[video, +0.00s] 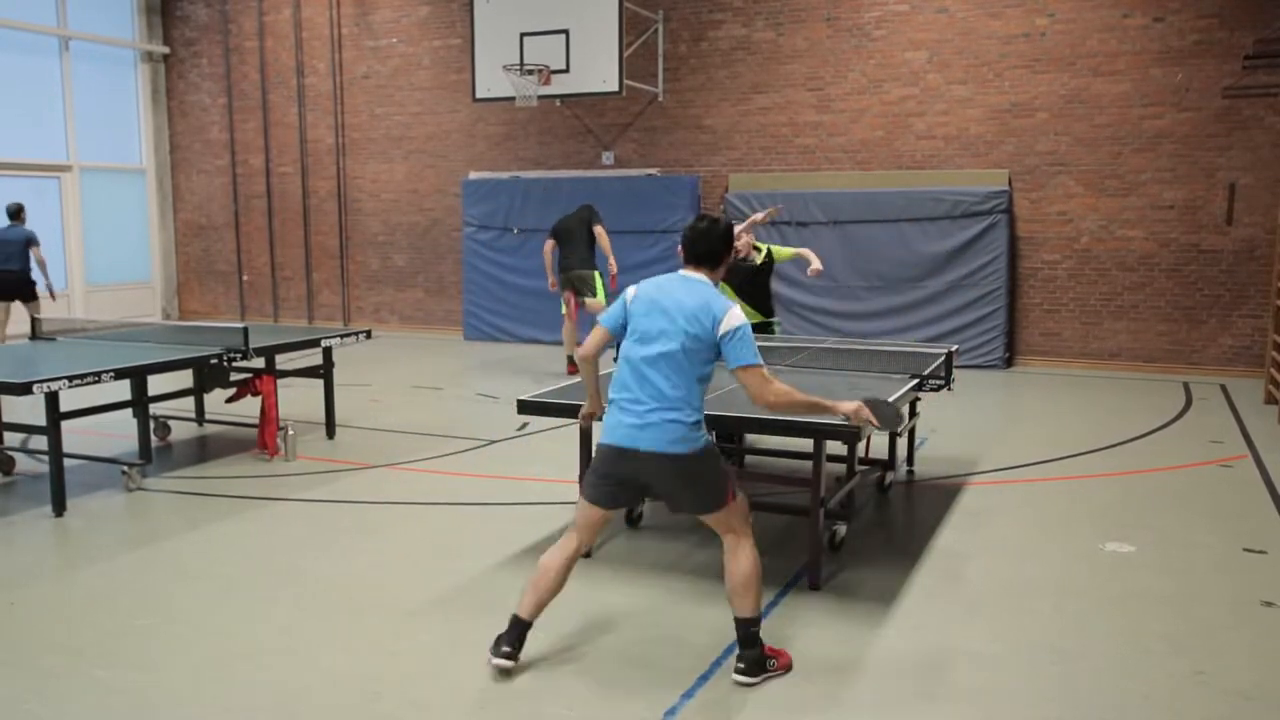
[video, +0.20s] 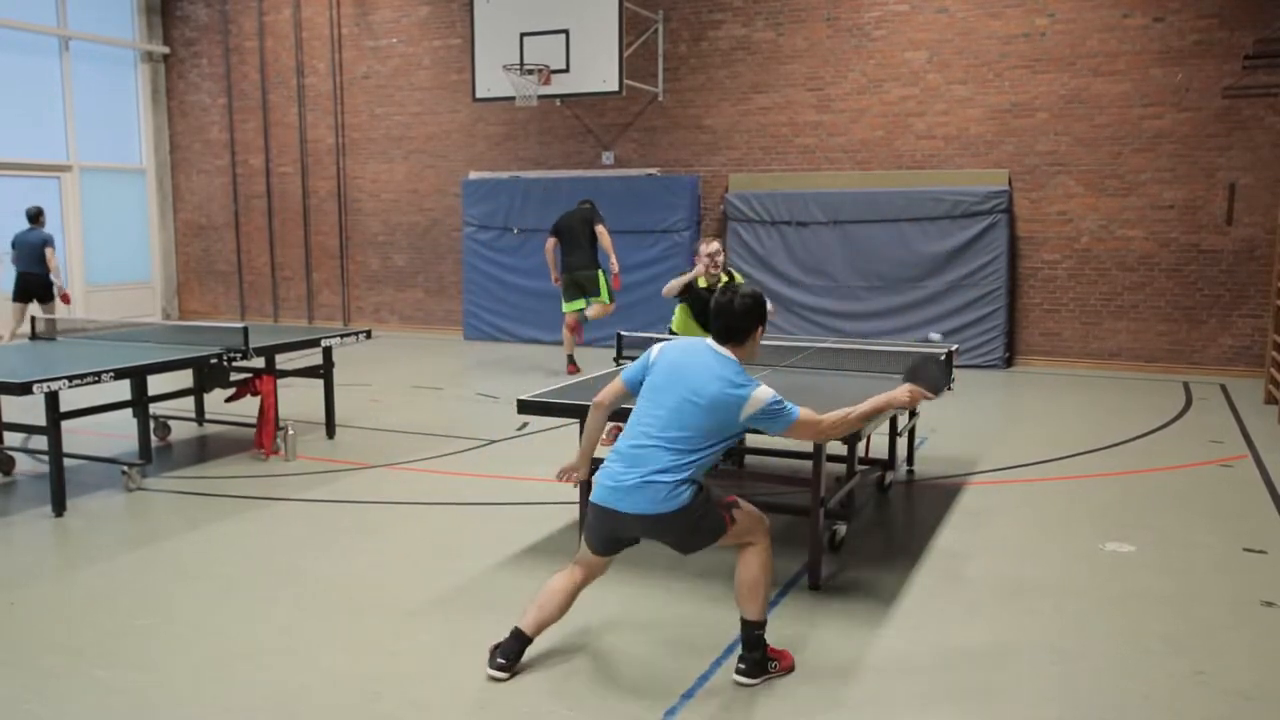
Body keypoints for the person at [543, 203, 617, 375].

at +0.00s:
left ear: (574, 212)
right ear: (589, 210)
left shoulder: (559, 223)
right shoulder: (589, 212)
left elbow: (547, 249)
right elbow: (599, 232)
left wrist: (550, 276)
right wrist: (610, 257)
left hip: (565, 271)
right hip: (587, 269)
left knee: (569, 317)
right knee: (600, 307)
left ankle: (570, 359)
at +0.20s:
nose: (596, 213)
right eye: (595, 209)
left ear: (577, 207)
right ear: (591, 207)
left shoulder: (562, 219)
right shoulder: (592, 213)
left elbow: (549, 245)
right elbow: (601, 231)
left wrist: (553, 272)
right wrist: (612, 257)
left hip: (568, 273)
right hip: (590, 269)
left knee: (570, 318)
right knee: (606, 305)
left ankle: (570, 360)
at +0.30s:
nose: (595, 211)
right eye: (595, 208)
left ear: (579, 206)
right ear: (594, 207)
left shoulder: (564, 219)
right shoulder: (596, 215)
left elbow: (552, 244)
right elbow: (604, 232)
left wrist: (555, 271)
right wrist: (615, 259)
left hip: (570, 274)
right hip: (593, 272)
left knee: (571, 317)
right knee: (600, 316)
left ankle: (570, 360)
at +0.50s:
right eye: (602, 211)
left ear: (588, 209)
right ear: (602, 211)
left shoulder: (573, 219)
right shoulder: (607, 220)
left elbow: (559, 242)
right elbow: (616, 240)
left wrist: (555, 268)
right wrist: (622, 266)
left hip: (577, 274)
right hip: (600, 274)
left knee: (574, 316)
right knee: (608, 313)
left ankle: (571, 359)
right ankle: (615, 354)